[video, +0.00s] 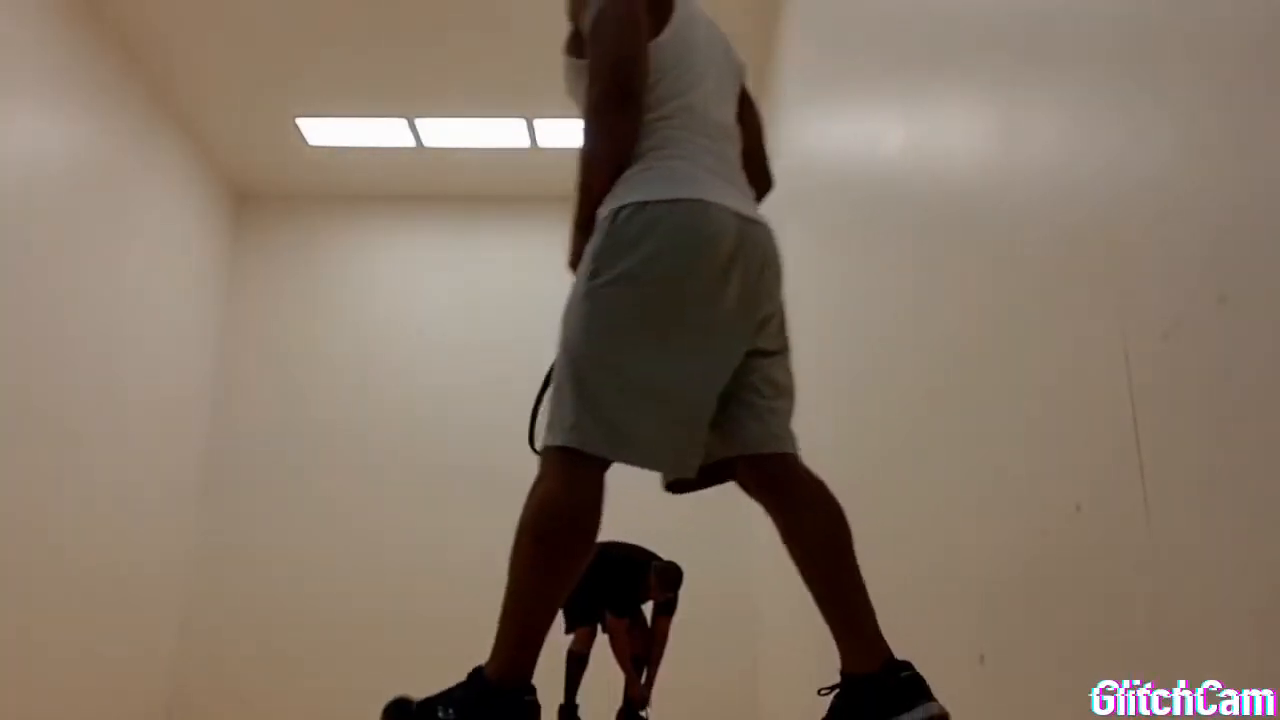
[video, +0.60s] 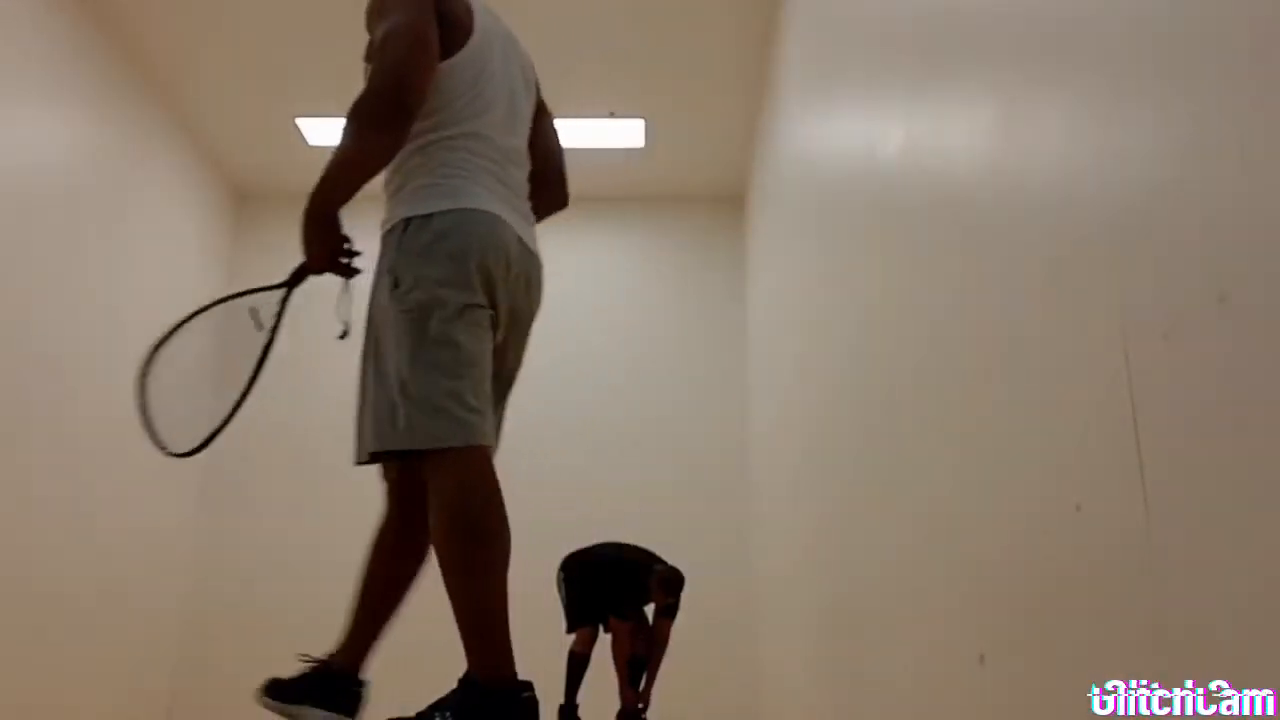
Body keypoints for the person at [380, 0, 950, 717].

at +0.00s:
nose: (574, 39)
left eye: (577, 24)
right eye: (573, 34)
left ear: (604, 1)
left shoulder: (615, 1)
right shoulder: (713, 43)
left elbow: (615, 106)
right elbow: (756, 172)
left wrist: (585, 236)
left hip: (653, 223)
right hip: (745, 238)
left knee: (573, 453)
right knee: (769, 461)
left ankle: (503, 683)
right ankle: (875, 673)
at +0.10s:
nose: (516, 33)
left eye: (522, 19)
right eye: (517, 25)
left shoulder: (556, 11)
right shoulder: (668, 42)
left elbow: (552, 128)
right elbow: (707, 169)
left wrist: (531, 238)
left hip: (611, 216)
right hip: (697, 233)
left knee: (545, 451)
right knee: (692, 461)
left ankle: (499, 685)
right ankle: (830, 636)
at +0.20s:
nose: (470, 19)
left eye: (474, 11)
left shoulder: (505, 6)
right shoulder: (624, 33)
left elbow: (501, 106)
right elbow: (672, 160)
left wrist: (483, 213)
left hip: (570, 215)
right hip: (657, 231)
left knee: (526, 453)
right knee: (614, 454)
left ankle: (499, 685)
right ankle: (753, 604)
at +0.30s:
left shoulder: (471, 3)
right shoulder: (595, 29)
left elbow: (465, 98)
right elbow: (638, 157)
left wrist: (446, 208)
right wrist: (542, 191)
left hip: (536, 216)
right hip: (622, 227)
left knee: (509, 452)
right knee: (565, 452)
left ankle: (496, 686)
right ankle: (653, 621)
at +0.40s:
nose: (415, 17)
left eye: (419, 11)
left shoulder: (454, 4)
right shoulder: (567, 32)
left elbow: (442, 96)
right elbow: (602, 166)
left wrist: (404, 204)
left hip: (504, 222)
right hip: (587, 233)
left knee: (488, 463)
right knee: (523, 462)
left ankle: (494, 684)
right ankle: (544, 668)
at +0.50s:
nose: (392, 33)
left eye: (396, 20)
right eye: (392, 27)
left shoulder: (433, 3)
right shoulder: (539, 42)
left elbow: (421, 91)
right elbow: (574, 174)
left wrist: (361, 197)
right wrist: (476, 200)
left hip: (472, 225)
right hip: (551, 239)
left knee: (473, 461)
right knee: (482, 467)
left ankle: (496, 687)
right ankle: (433, 675)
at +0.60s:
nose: (369, 33)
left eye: (371, 21)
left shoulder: (404, 6)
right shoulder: (511, 54)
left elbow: (399, 90)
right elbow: (550, 188)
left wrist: (323, 202)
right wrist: (458, 223)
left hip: (440, 235)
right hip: (516, 251)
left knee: (455, 456)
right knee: (414, 469)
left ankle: (495, 683)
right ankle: (342, 669)